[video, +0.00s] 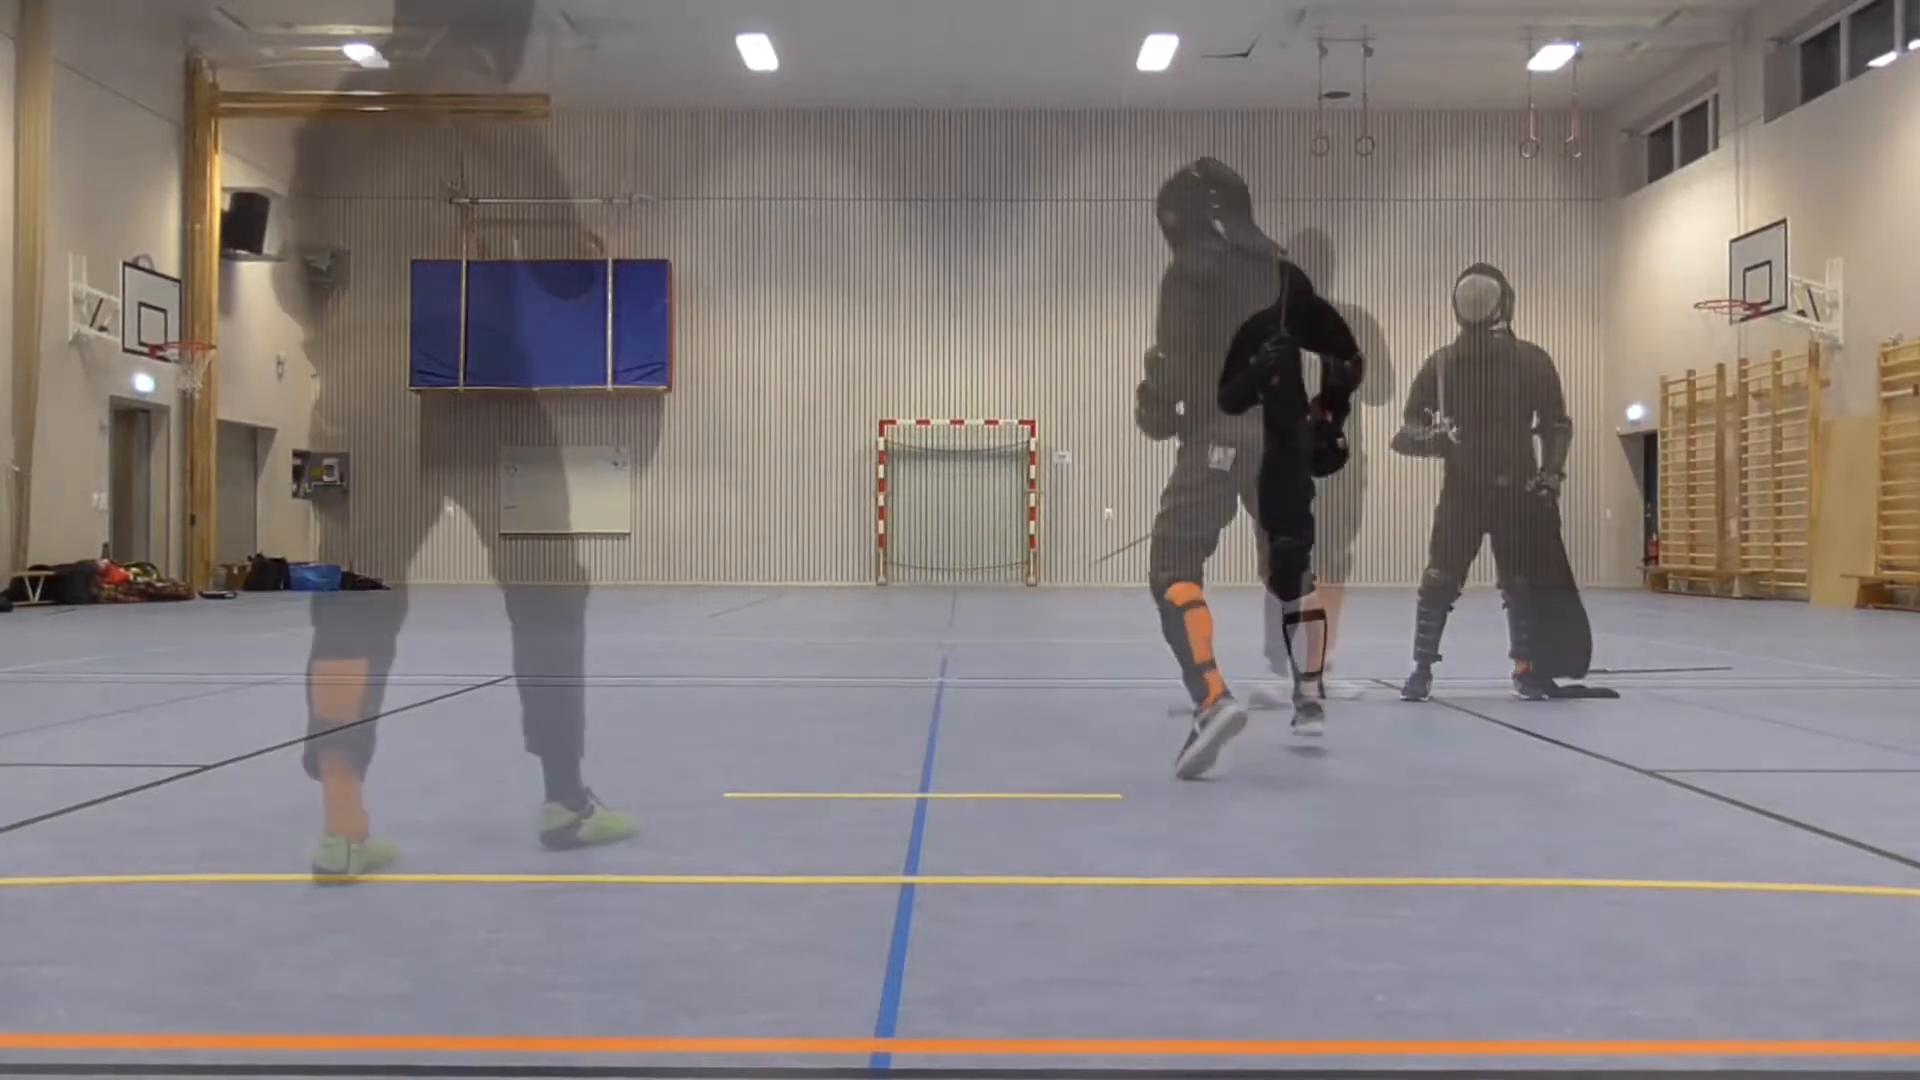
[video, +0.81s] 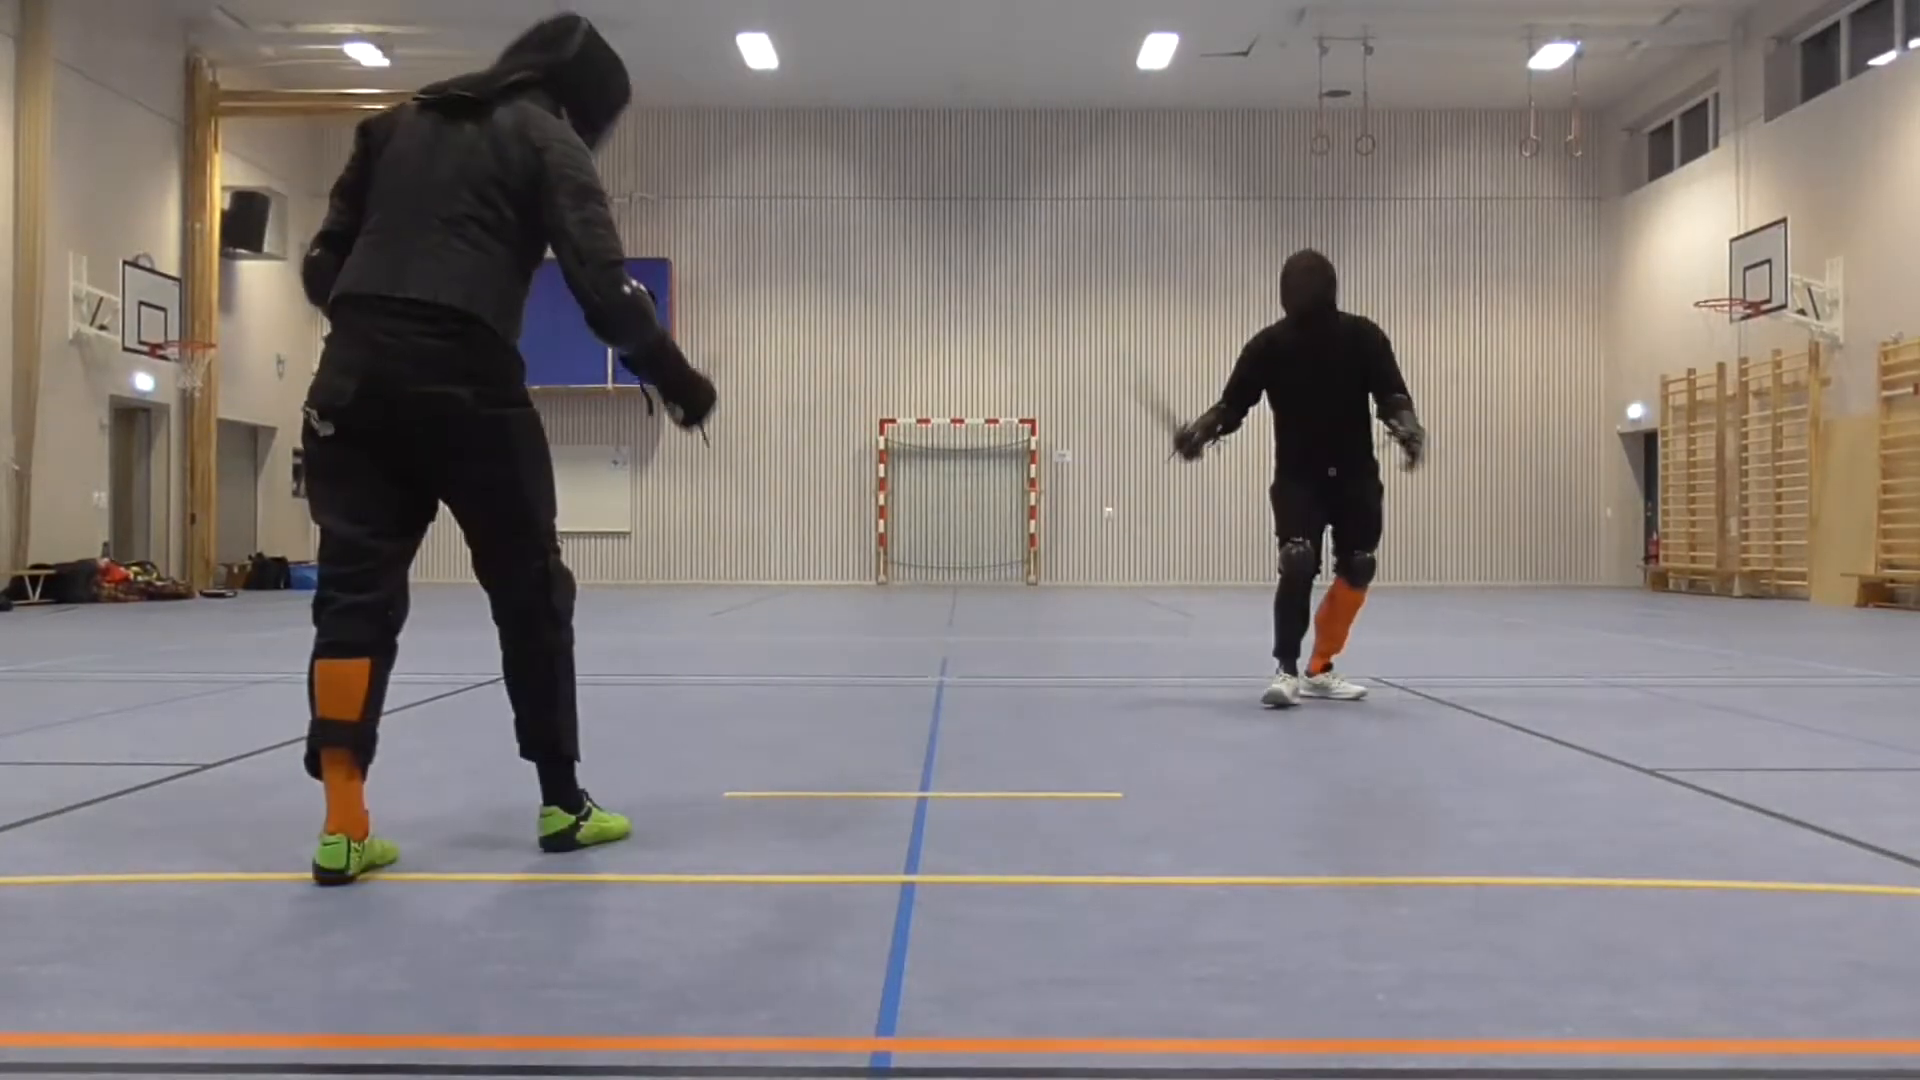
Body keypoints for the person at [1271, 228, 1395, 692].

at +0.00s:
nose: (1309, 272)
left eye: (1317, 260)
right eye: (1301, 260)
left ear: (1330, 265)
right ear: (1285, 266)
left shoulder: (1352, 321)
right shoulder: (1272, 320)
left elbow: (1382, 388)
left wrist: (1345, 370)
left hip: (1336, 456)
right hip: (1279, 454)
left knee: (1331, 556)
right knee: (1280, 552)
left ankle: (1321, 659)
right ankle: (1281, 653)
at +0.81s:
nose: (1308, 301)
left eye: (1315, 290)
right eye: (1299, 291)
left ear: (1332, 291)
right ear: (1288, 295)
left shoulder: (1363, 337)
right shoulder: (1269, 346)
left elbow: (1392, 394)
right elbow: (1234, 405)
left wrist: (1407, 427)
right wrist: (1201, 430)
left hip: (1355, 474)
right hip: (1298, 475)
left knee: (1357, 569)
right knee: (1298, 564)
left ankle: (1319, 671)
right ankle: (1285, 672)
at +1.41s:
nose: (1270, 393)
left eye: (1274, 383)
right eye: (1263, 386)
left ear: (1298, 371)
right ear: (1258, 378)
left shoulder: (1346, 380)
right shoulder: (1256, 403)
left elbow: (1408, 410)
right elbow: (1248, 453)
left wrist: (1464, 421)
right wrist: (1231, 485)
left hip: (1366, 490)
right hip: (1307, 495)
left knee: (1370, 577)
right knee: (1303, 571)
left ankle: (1320, 671)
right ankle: (1286, 674)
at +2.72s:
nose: (1296, 292)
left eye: (1306, 283)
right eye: (1289, 281)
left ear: (1323, 285)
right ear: (1274, 283)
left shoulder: (1341, 335)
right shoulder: (1252, 347)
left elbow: (1404, 354)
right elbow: (1236, 422)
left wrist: (1357, 298)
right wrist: (1230, 477)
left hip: (1329, 474)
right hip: (1275, 475)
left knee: (1354, 582)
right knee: (1273, 559)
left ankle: (1319, 674)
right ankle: (1241, 668)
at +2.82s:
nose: (1279, 293)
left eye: (1289, 284)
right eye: (1271, 284)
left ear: (1309, 286)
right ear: (1259, 286)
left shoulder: (1329, 339)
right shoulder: (1237, 350)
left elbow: (1392, 360)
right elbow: (1220, 426)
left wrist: (1343, 302)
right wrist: (1211, 484)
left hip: (1316, 479)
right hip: (1260, 478)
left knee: (1343, 585)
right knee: (1259, 561)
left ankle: (1319, 674)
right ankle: (1230, 684)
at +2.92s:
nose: (1263, 288)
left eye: (1274, 279)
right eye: (1256, 278)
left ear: (1295, 284)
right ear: (1243, 283)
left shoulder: (1315, 341)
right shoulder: (1222, 348)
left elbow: (1378, 372)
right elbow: (1201, 423)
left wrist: (1332, 317)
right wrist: (1188, 484)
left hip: (1297, 480)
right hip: (1241, 479)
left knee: (1340, 579)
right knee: (1245, 561)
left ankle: (1318, 666)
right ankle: (1224, 691)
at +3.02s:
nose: (1251, 293)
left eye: (1262, 283)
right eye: (1243, 283)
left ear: (1282, 285)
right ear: (1230, 286)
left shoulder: (1300, 337)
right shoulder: (1206, 347)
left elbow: (1362, 381)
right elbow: (1181, 420)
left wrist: (1312, 326)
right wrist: (1164, 473)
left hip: (1283, 479)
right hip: (1226, 482)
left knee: (1348, 573)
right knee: (1235, 565)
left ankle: (1292, 662)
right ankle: (1225, 691)